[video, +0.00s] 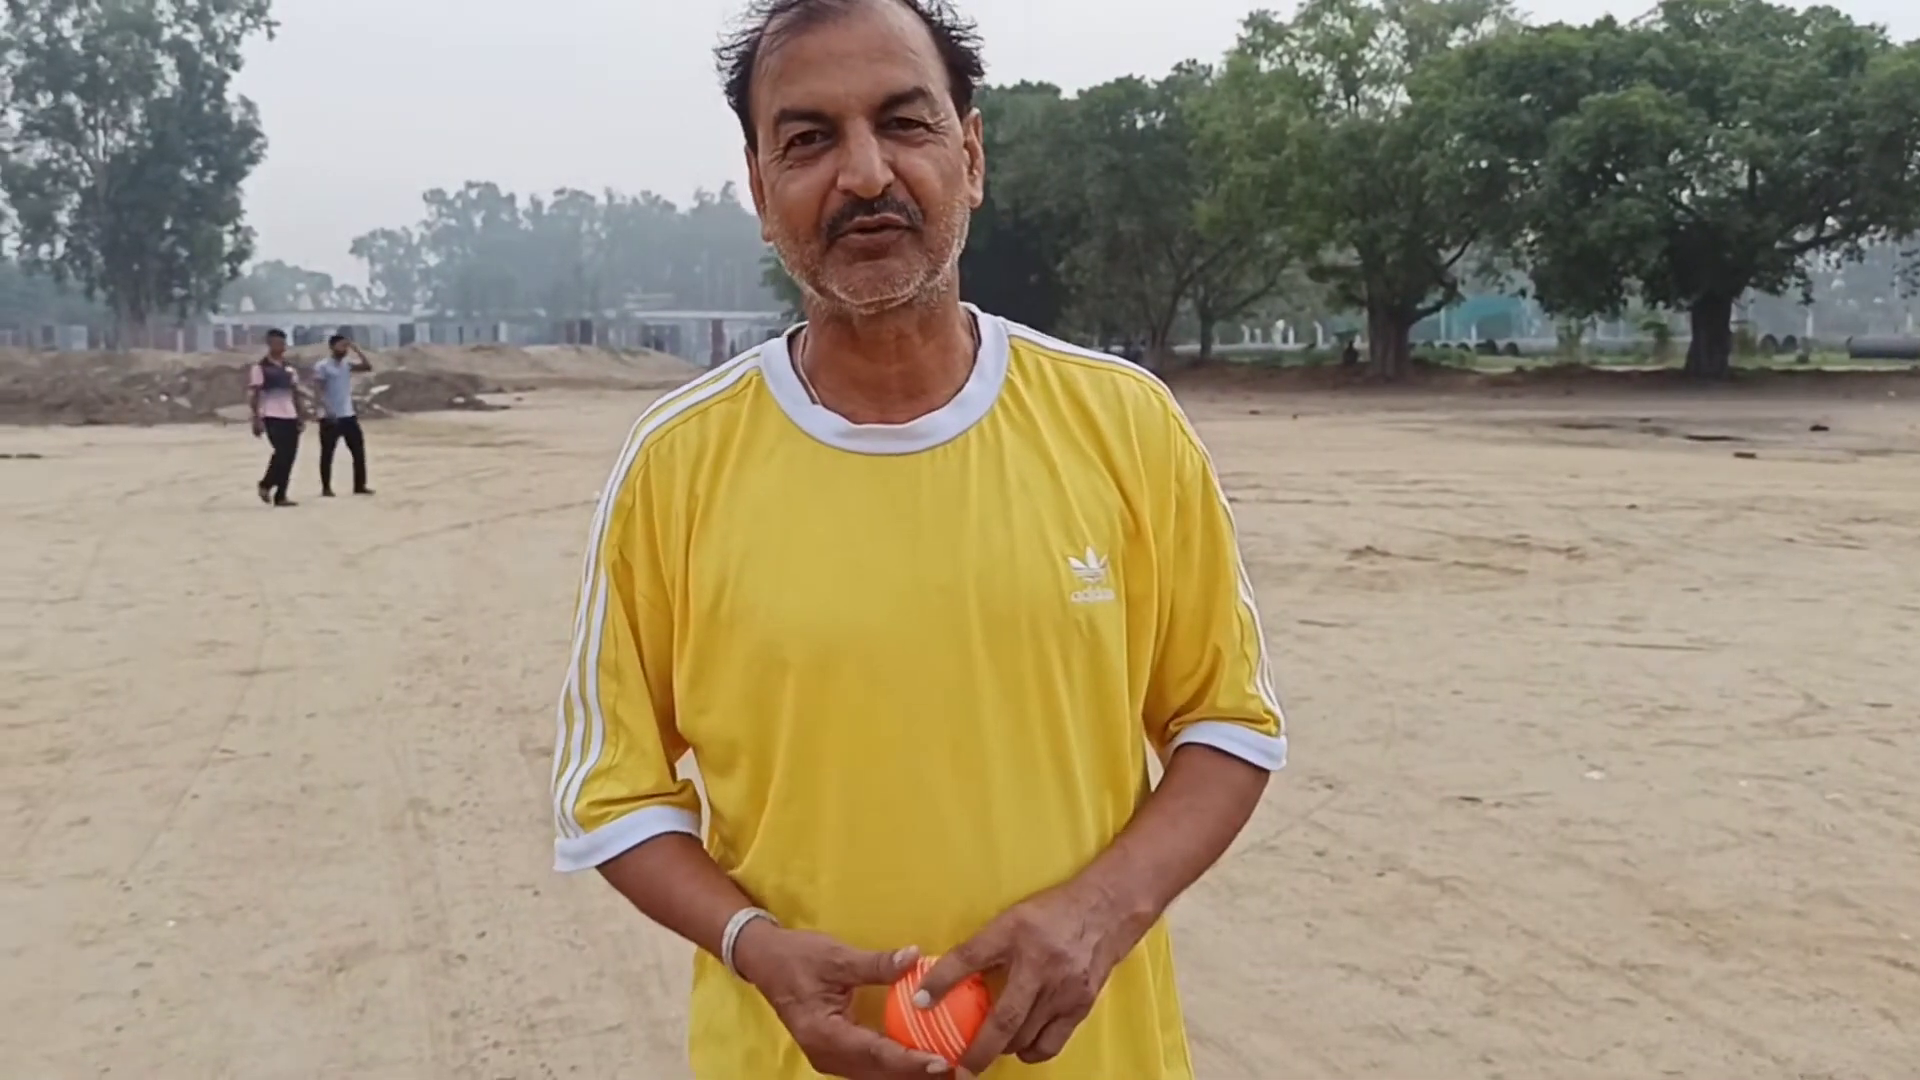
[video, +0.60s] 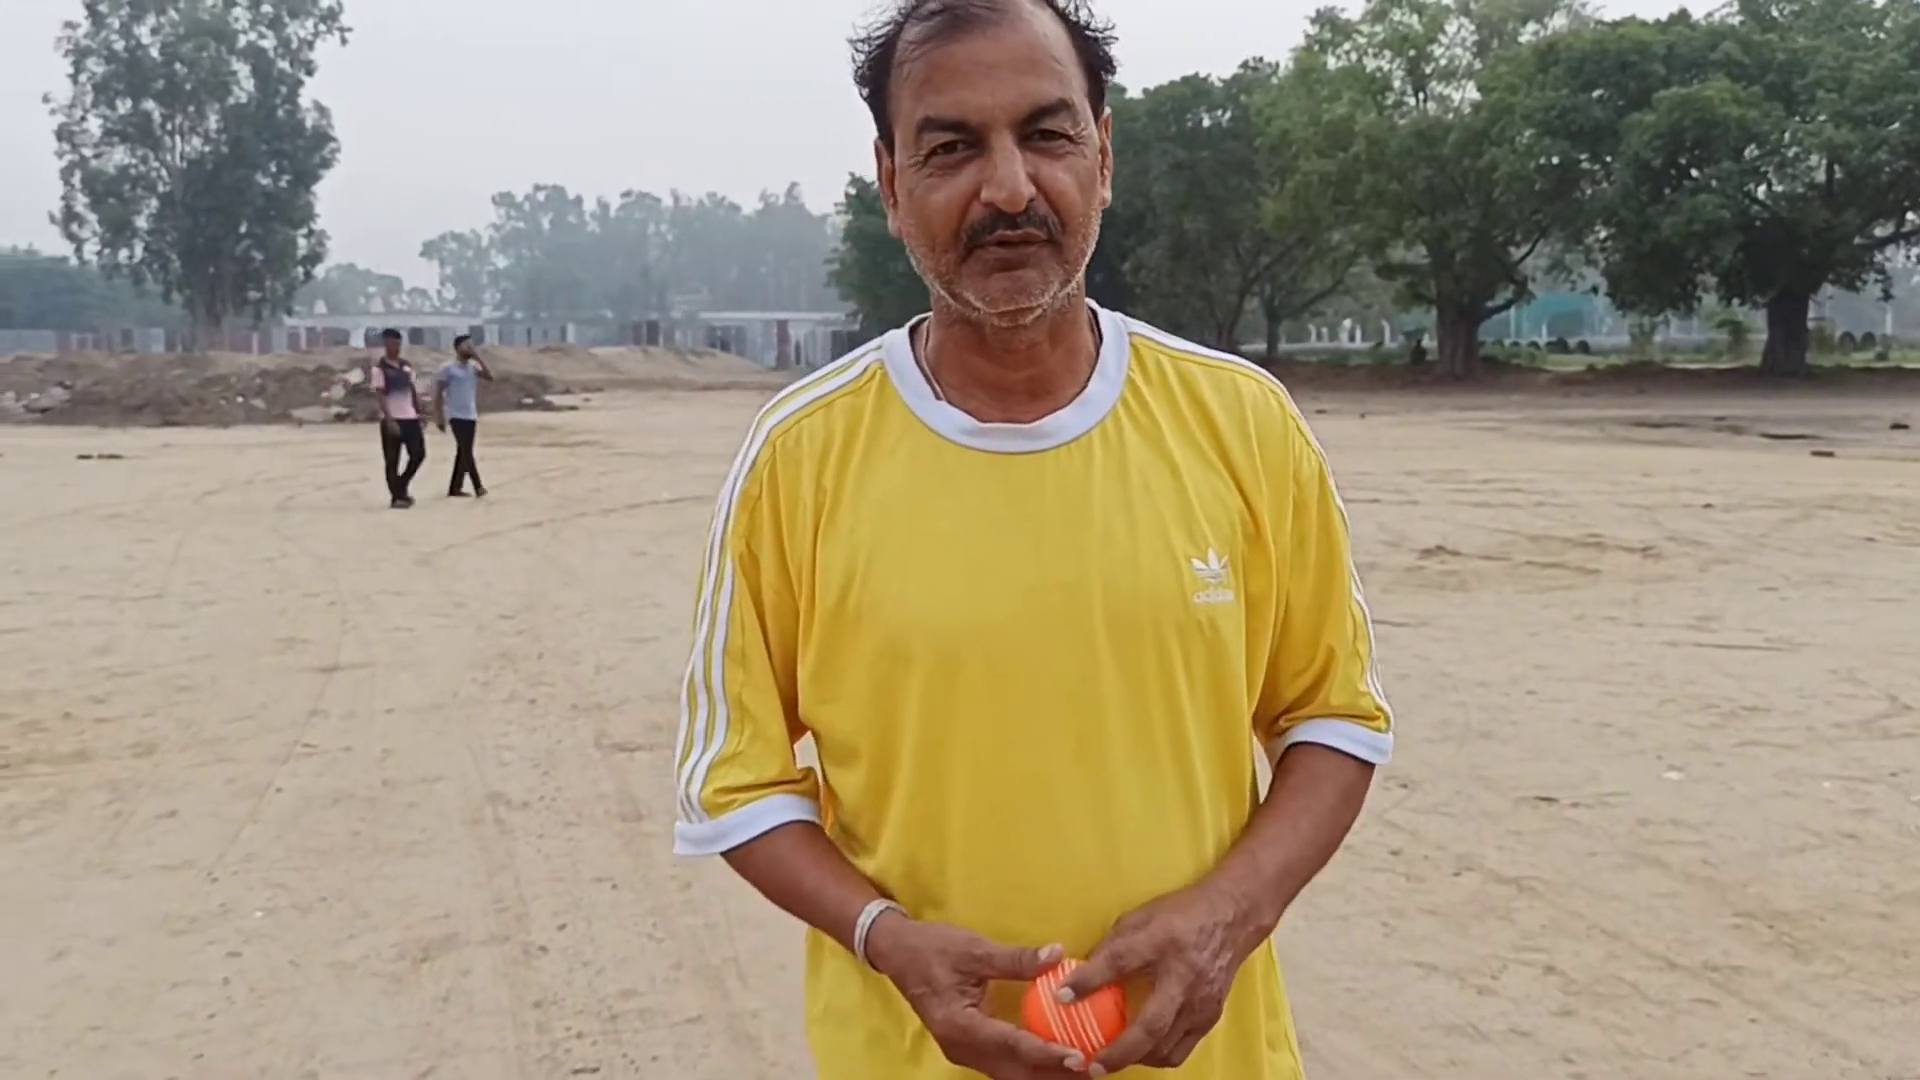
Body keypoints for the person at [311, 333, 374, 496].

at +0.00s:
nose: (344, 349)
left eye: (346, 345)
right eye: (341, 345)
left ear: (347, 348)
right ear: (332, 346)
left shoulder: (346, 365)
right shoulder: (322, 367)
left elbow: (367, 367)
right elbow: (317, 391)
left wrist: (357, 350)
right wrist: (320, 410)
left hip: (348, 416)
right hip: (329, 417)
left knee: (359, 453)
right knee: (327, 455)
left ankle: (360, 485)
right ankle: (326, 487)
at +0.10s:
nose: (368, 351)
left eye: (369, 347)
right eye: (365, 347)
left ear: (370, 350)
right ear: (356, 349)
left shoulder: (370, 368)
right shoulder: (346, 369)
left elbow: (391, 370)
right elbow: (339, 393)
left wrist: (379, 353)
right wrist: (342, 411)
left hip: (370, 419)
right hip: (352, 419)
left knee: (379, 454)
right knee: (347, 455)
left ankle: (393, 483)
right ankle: (342, 486)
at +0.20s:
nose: (394, 353)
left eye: (396, 350)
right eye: (391, 349)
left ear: (397, 351)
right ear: (382, 350)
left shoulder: (396, 369)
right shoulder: (373, 371)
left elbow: (416, 373)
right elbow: (365, 394)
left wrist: (406, 356)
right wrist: (372, 412)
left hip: (398, 419)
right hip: (380, 420)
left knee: (407, 455)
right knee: (371, 456)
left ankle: (412, 487)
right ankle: (358, 485)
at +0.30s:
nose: (419, 351)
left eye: (420, 347)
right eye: (415, 347)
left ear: (420, 350)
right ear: (407, 349)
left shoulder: (419, 368)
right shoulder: (396, 369)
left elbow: (439, 373)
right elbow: (390, 395)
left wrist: (426, 353)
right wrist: (397, 417)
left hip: (423, 418)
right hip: (406, 419)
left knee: (430, 455)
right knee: (403, 455)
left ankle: (428, 488)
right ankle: (383, 475)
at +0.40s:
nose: (440, 348)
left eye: (441, 345)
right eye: (436, 344)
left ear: (441, 348)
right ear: (428, 347)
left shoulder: (441, 365)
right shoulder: (417, 366)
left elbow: (459, 372)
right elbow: (412, 393)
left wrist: (449, 354)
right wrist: (415, 415)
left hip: (443, 415)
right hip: (427, 416)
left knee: (445, 454)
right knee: (433, 452)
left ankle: (441, 487)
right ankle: (415, 474)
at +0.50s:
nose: (456, 347)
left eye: (457, 343)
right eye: (453, 343)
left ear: (458, 346)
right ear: (445, 346)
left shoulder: (457, 365)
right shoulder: (434, 366)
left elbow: (475, 374)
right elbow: (426, 391)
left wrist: (464, 355)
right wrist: (428, 414)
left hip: (458, 413)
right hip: (443, 413)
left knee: (456, 450)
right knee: (452, 449)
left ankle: (452, 485)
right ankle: (447, 485)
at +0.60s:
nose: (469, 349)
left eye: (470, 345)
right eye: (465, 345)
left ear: (471, 348)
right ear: (457, 348)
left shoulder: (472, 368)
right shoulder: (448, 369)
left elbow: (488, 377)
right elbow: (438, 393)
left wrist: (477, 357)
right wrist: (440, 417)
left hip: (470, 415)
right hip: (456, 415)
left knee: (463, 453)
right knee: (467, 453)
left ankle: (455, 487)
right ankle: (478, 485)